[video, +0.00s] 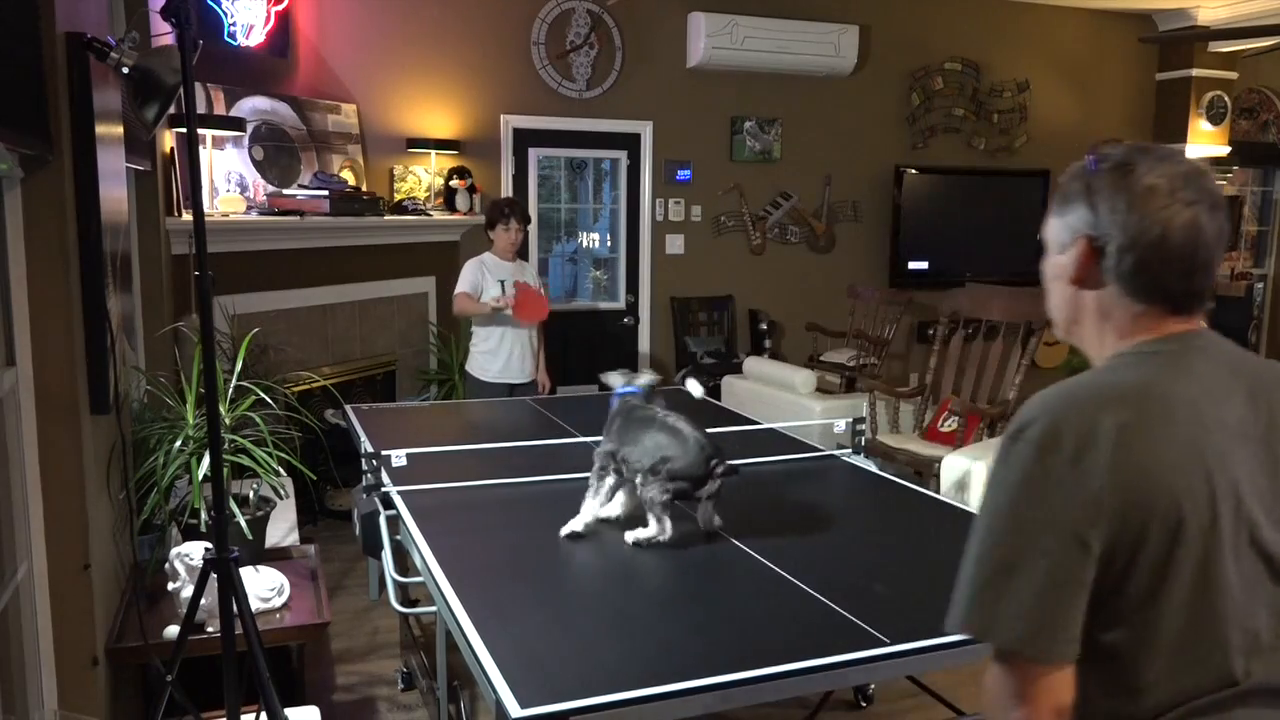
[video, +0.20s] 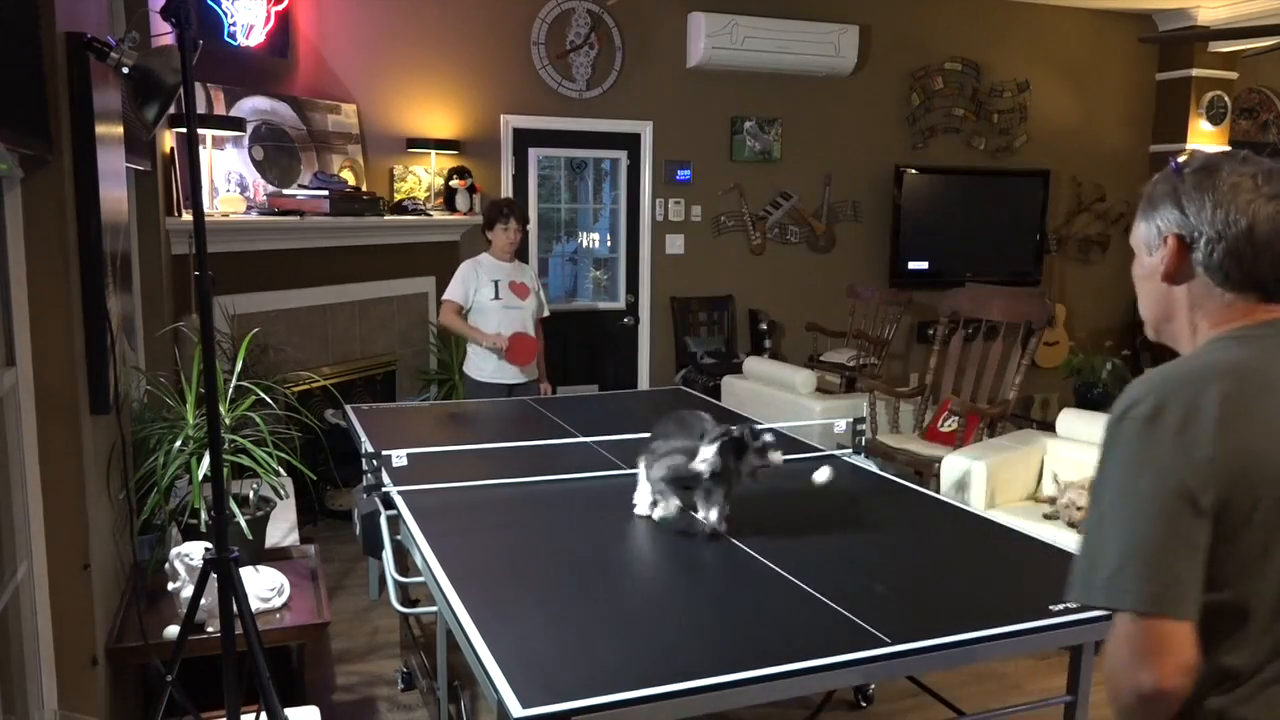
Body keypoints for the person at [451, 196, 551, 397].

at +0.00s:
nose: (514, 237)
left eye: (519, 230)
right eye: (506, 230)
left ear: (524, 233)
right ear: (491, 232)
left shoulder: (529, 271)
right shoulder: (476, 267)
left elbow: (537, 324)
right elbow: (459, 306)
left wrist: (541, 367)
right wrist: (489, 307)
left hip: (525, 376)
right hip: (486, 376)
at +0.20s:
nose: (512, 237)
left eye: (518, 230)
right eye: (505, 230)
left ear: (523, 233)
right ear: (488, 233)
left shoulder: (528, 273)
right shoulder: (471, 269)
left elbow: (537, 327)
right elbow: (446, 316)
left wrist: (542, 377)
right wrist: (485, 338)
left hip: (525, 381)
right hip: (484, 381)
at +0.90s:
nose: (515, 236)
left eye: (519, 230)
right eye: (508, 229)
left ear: (523, 232)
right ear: (488, 232)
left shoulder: (531, 273)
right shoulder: (468, 270)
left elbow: (539, 323)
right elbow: (449, 322)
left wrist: (539, 366)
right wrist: (487, 353)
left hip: (518, 381)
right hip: (476, 382)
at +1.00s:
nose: (525, 244)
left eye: (527, 236)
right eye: (517, 237)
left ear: (530, 237)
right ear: (497, 239)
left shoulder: (535, 279)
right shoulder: (479, 275)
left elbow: (540, 330)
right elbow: (471, 329)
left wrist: (545, 373)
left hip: (523, 380)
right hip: (480, 381)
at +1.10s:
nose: (537, 251)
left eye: (539, 243)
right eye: (529, 244)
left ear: (541, 244)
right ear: (509, 248)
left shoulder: (539, 282)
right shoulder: (497, 283)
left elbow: (543, 334)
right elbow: (517, 340)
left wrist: (550, 375)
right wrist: (564, 353)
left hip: (527, 381)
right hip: (485, 384)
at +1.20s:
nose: (555, 255)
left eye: (557, 248)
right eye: (548, 248)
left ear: (560, 249)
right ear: (528, 251)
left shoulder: (548, 285)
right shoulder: (520, 286)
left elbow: (548, 335)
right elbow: (549, 338)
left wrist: (555, 372)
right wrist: (600, 350)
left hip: (536, 383)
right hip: (497, 386)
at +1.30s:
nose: (578, 259)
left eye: (580, 252)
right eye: (570, 252)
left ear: (584, 252)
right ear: (550, 253)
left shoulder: (566, 283)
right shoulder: (541, 284)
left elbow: (559, 337)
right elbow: (560, 328)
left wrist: (561, 376)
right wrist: (603, 351)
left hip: (546, 378)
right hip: (510, 380)